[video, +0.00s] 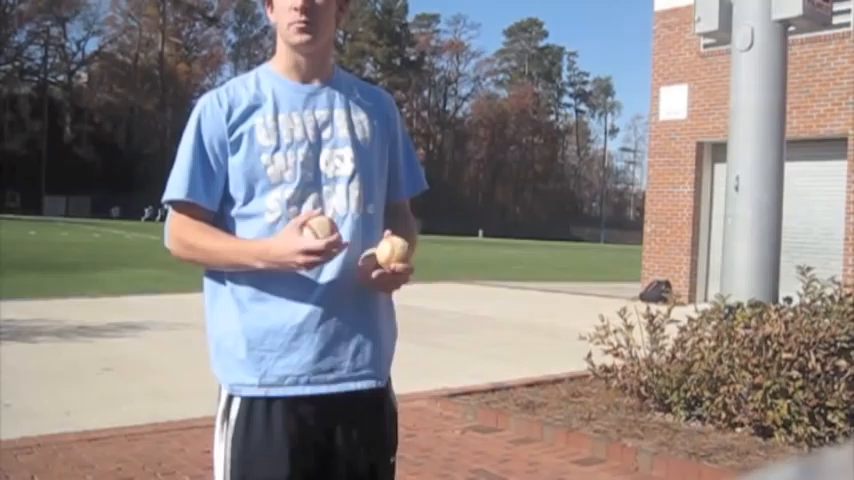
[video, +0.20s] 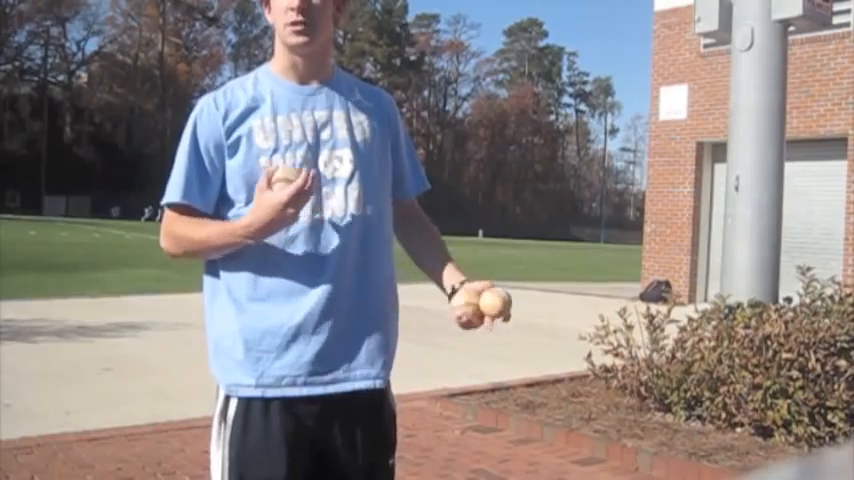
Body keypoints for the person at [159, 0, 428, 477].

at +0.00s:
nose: (305, 7)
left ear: (341, 10)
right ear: (271, 9)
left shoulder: (377, 108)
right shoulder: (222, 109)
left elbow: (400, 214)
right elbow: (181, 234)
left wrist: (396, 257)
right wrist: (271, 251)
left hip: (361, 380)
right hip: (262, 385)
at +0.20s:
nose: (300, 8)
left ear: (339, 10)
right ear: (269, 10)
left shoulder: (377, 108)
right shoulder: (220, 112)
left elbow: (406, 212)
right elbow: (174, 235)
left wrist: (456, 284)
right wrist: (250, 225)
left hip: (360, 381)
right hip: (260, 385)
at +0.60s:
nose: (304, 7)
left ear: (339, 9)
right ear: (268, 10)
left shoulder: (377, 108)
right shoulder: (221, 111)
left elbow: (412, 219)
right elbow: (172, 235)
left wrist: (473, 311)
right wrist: (257, 202)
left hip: (360, 381)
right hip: (260, 385)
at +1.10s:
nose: (305, 7)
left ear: (340, 10)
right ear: (269, 10)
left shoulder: (377, 110)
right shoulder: (220, 111)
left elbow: (411, 223)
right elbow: (171, 235)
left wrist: (470, 317)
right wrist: (256, 200)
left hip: (358, 383)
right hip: (258, 387)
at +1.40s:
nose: (304, 8)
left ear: (339, 10)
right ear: (268, 8)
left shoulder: (376, 111)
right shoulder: (218, 111)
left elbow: (410, 224)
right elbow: (170, 236)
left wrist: (468, 318)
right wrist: (255, 201)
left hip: (357, 385)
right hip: (256, 389)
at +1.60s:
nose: (304, 8)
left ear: (338, 10)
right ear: (267, 9)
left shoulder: (375, 110)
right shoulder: (218, 112)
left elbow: (408, 223)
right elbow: (169, 237)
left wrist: (468, 317)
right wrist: (255, 202)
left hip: (357, 384)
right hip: (256, 389)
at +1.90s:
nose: (305, 7)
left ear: (338, 10)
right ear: (268, 9)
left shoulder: (374, 110)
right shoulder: (217, 112)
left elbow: (406, 226)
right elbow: (170, 238)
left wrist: (462, 319)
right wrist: (258, 203)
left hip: (358, 386)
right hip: (259, 392)